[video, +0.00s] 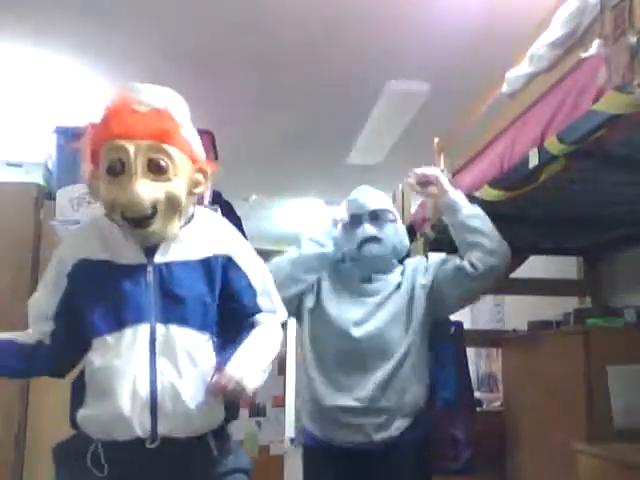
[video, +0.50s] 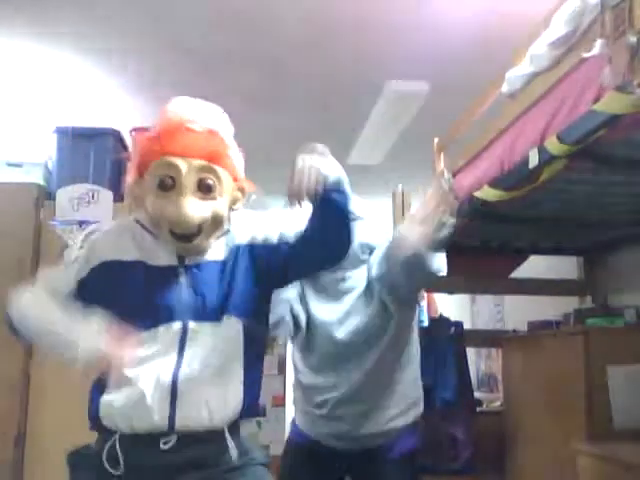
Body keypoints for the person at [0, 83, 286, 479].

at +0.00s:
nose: (135, 187)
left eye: (157, 167)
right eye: (117, 168)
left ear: (195, 181)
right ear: (96, 181)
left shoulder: (217, 239)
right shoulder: (80, 249)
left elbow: (268, 317)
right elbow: (53, 349)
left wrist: (244, 370)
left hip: (203, 457)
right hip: (105, 458)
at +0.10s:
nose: (150, 187)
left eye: (170, 168)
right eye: (132, 168)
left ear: (205, 181)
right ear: (109, 179)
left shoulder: (223, 242)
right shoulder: (87, 247)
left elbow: (286, 309)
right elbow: (64, 337)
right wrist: (27, 360)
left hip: (214, 455)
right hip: (114, 459)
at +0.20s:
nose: (159, 190)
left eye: (181, 171)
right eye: (141, 169)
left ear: (214, 186)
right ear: (116, 181)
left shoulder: (231, 245)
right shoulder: (91, 248)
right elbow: (61, 330)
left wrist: (286, 288)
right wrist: (41, 375)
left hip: (218, 455)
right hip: (120, 460)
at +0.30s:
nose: (168, 194)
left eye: (190, 174)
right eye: (150, 171)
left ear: (220, 189)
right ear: (122, 182)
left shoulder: (238, 247)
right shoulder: (98, 247)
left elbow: (314, 301)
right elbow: (67, 324)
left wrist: (302, 249)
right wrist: (64, 372)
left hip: (222, 452)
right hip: (125, 455)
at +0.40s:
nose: (176, 201)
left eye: (198, 179)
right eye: (159, 176)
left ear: (230, 192)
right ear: (133, 185)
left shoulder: (253, 251)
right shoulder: (104, 250)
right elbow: (46, 330)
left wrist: (311, 203)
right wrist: (88, 384)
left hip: (227, 455)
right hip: (129, 458)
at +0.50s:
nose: (185, 204)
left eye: (205, 187)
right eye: (166, 184)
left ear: (233, 197)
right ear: (139, 191)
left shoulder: (250, 259)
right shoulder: (109, 258)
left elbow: (325, 250)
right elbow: (28, 307)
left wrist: (328, 185)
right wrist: (98, 339)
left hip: (221, 456)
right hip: (127, 459)